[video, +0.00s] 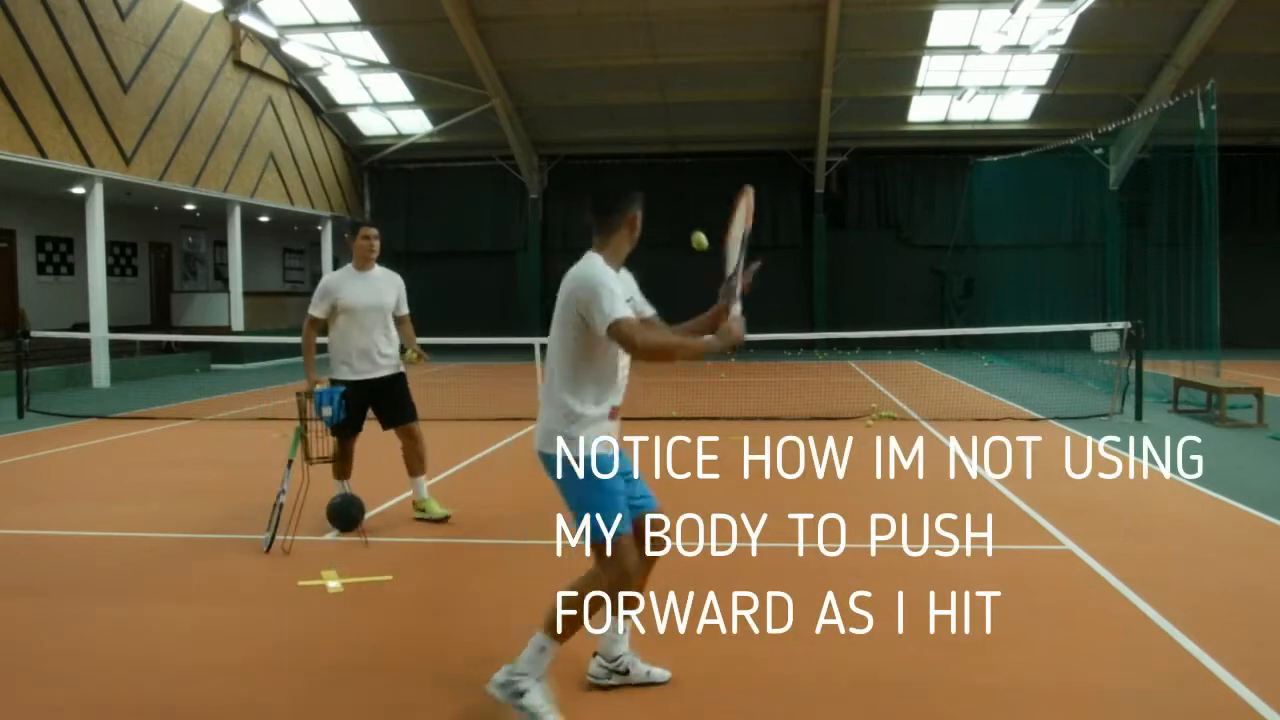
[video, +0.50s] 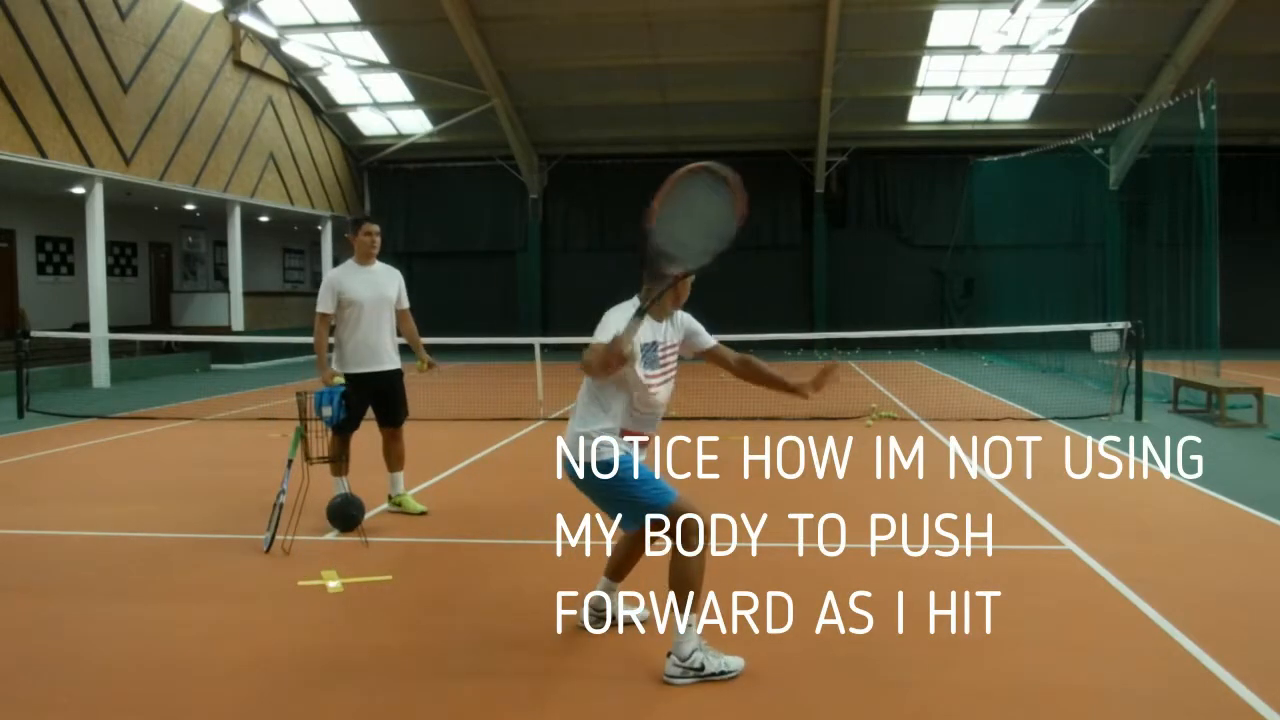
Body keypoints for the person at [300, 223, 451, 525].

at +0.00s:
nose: (372, 244)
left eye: (376, 239)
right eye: (365, 238)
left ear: (380, 244)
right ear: (351, 243)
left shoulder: (394, 281)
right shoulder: (331, 283)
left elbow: (403, 320)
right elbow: (310, 329)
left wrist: (412, 345)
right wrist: (311, 375)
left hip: (389, 375)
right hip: (348, 379)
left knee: (411, 433)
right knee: (345, 443)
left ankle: (421, 498)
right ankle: (342, 502)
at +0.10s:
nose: (369, 242)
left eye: (373, 237)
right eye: (363, 237)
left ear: (378, 243)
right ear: (350, 242)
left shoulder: (390, 278)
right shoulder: (331, 281)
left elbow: (401, 320)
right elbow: (309, 328)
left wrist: (413, 339)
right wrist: (304, 375)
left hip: (388, 373)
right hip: (347, 376)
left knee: (404, 431)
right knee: (342, 438)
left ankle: (405, 491)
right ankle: (342, 497)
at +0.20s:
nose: (369, 241)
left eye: (373, 236)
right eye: (363, 236)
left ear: (378, 242)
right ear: (350, 241)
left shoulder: (390, 278)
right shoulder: (332, 280)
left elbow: (402, 317)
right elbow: (313, 326)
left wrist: (415, 339)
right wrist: (303, 374)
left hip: (387, 372)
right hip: (347, 374)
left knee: (397, 432)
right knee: (341, 436)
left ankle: (398, 493)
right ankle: (342, 496)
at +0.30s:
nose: (370, 240)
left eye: (374, 235)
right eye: (364, 235)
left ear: (379, 240)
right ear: (350, 240)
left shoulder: (391, 276)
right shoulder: (334, 279)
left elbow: (403, 316)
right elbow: (317, 325)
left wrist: (416, 341)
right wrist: (308, 372)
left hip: (386, 371)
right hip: (347, 373)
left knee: (393, 433)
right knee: (341, 435)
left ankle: (398, 494)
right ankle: (343, 496)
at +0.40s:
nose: (372, 240)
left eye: (376, 235)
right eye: (366, 235)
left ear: (380, 240)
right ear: (351, 240)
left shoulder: (392, 276)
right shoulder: (334, 279)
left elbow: (403, 317)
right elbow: (320, 325)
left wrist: (419, 345)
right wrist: (317, 371)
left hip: (387, 370)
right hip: (349, 373)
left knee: (392, 432)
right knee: (341, 435)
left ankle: (398, 494)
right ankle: (342, 495)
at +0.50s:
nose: (374, 240)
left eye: (377, 234)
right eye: (367, 234)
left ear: (381, 240)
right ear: (352, 239)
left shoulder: (393, 275)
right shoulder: (336, 278)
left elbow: (404, 318)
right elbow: (322, 324)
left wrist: (420, 352)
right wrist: (323, 367)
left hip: (388, 370)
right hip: (351, 373)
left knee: (393, 431)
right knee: (342, 434)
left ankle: (398, 494)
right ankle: (341, 495)